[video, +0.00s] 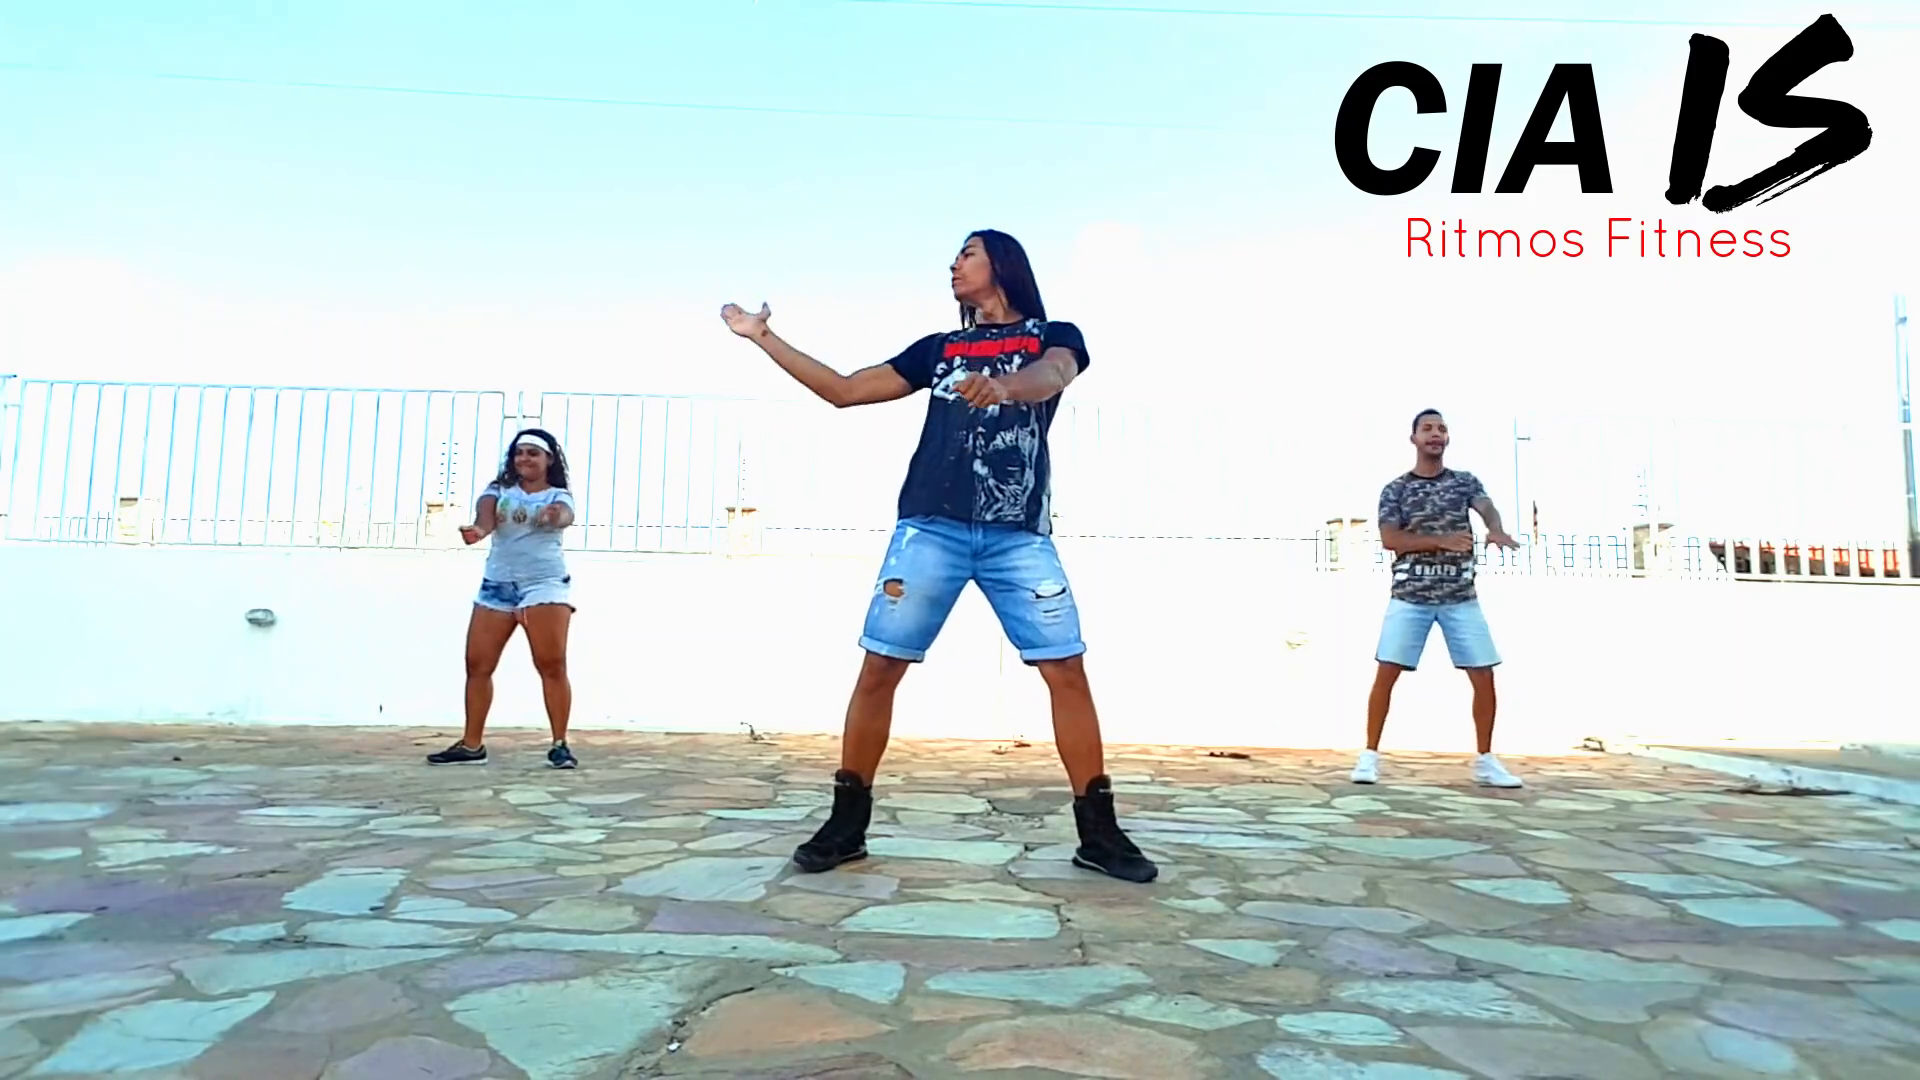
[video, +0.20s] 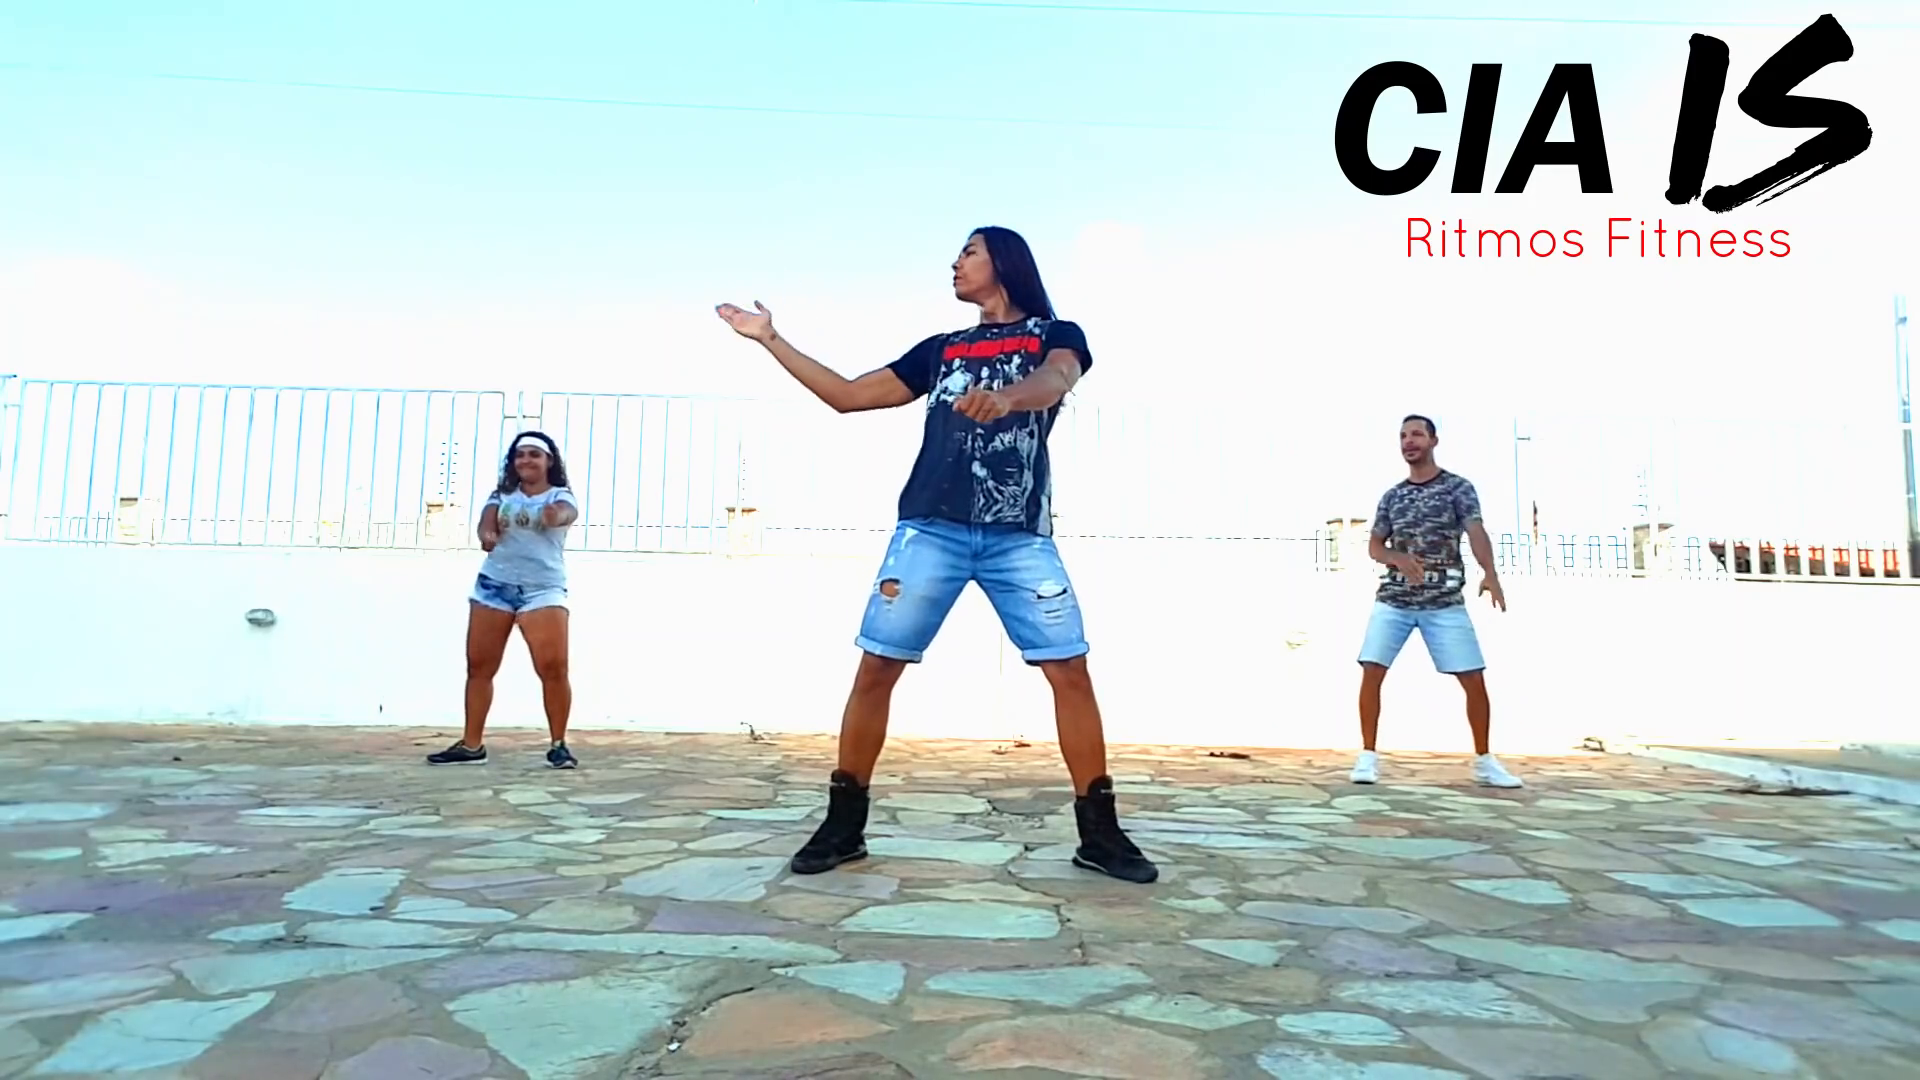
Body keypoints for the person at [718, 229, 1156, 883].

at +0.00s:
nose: (954, 266)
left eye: (967, 255)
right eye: (956, 257)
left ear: (1001, 267)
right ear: (975, 274)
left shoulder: (1055, 335)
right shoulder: (942, 347)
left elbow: (1054, 374)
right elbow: (845, 388)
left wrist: (1005, 386)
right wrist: (765, 336)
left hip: (1018, 534)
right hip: (929, 529)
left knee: (1066, 668)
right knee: (878, 668)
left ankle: (1099, 832)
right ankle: (845, 822)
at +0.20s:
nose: (956, 264)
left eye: (968, 254)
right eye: (959, 255)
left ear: (1003, 265)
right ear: (981, 271)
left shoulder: (1057, 335)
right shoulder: (942, 348)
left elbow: (1056, 382)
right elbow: (848, 394)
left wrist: (1008, 398)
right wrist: (769, 337)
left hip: (1019, 535)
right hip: (930, 530)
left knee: (1070, 668)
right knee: (875, 668)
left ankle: (1100, 831)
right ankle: (842, 824)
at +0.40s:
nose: (956, 257)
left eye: (969, 247)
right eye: (958, 249)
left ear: (1003, 260)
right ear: (972, 270)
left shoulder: (1055, 331)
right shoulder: (941, 348)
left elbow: (1055, 380)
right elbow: (848, 398)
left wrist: (1006, 397)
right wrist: (773, 344)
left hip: (1019, 534)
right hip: (929, 530)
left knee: (1069, 669)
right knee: (875, 667)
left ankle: (1099, 831)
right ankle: (843, 823)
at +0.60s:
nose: (1020, 253)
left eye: (1026, 249)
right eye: (1003, 247)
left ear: (1035, 275)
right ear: (974, 274)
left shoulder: (1057, 335)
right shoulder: (941, 354)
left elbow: (1053, 391)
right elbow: (873, 438)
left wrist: (1006, 423)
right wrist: (779, 426)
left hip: (1018, 538)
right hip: (928, 533)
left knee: (1073, 669)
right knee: (870, 666)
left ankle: (1099, 831)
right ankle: (842, 823)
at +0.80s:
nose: (986, 244)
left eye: (993, 235)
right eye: (971, 241)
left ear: (1013, 254)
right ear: (956, 268)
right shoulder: (938, 341)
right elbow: (910, 439)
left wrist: (1017, 462)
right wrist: (860, 484)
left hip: (1023, 532)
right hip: (933, 527)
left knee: (1073, 667)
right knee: (880, 666)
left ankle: (1101, 831)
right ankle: (843, 822)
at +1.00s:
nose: (978, 263)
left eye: (987, 255)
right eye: (963, 260)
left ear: (1008, 277)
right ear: (949, 289)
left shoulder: (1049, 350)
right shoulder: (930, 361)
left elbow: (1063, 414)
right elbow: (878, 445)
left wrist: (1037, 463)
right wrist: (843, 504)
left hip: (1027, 553)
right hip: (935, 550)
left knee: (1088, 680)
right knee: (858, 674)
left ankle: (1122, 825)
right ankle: (837, 821)